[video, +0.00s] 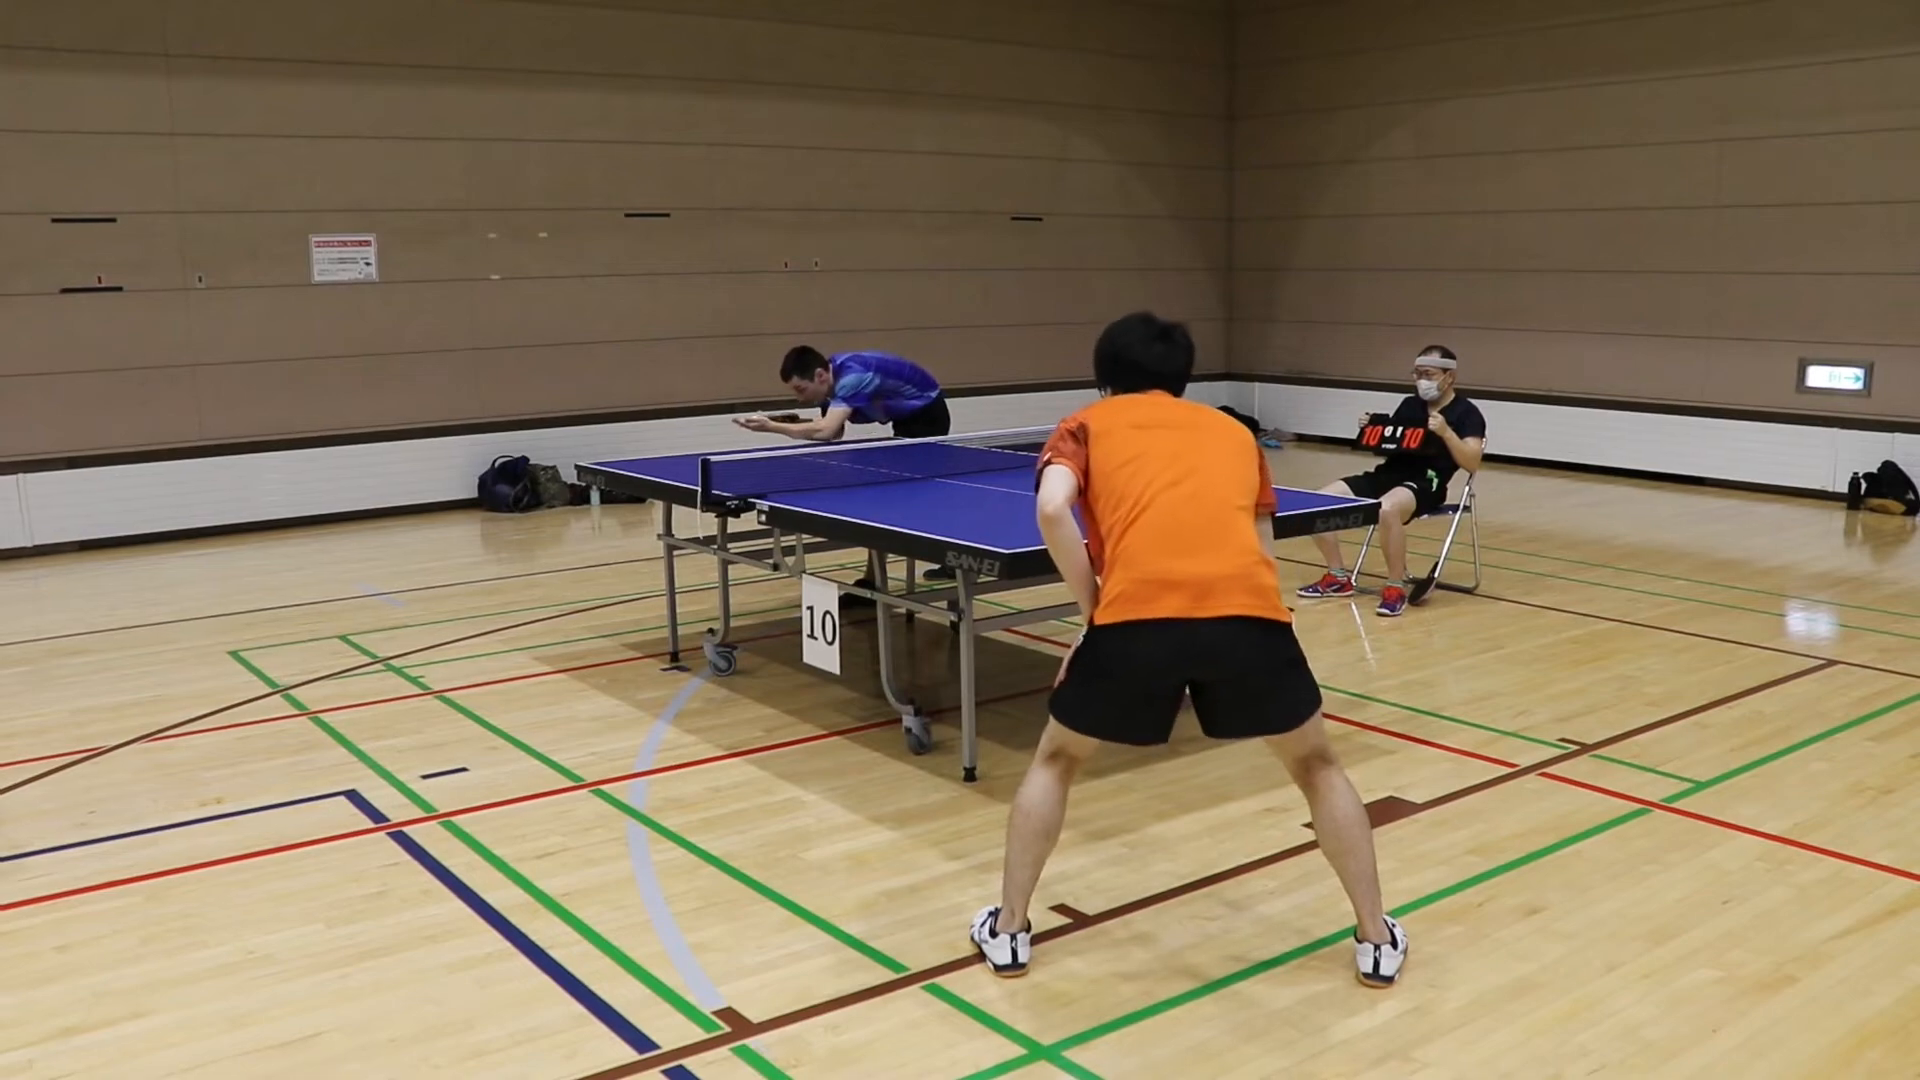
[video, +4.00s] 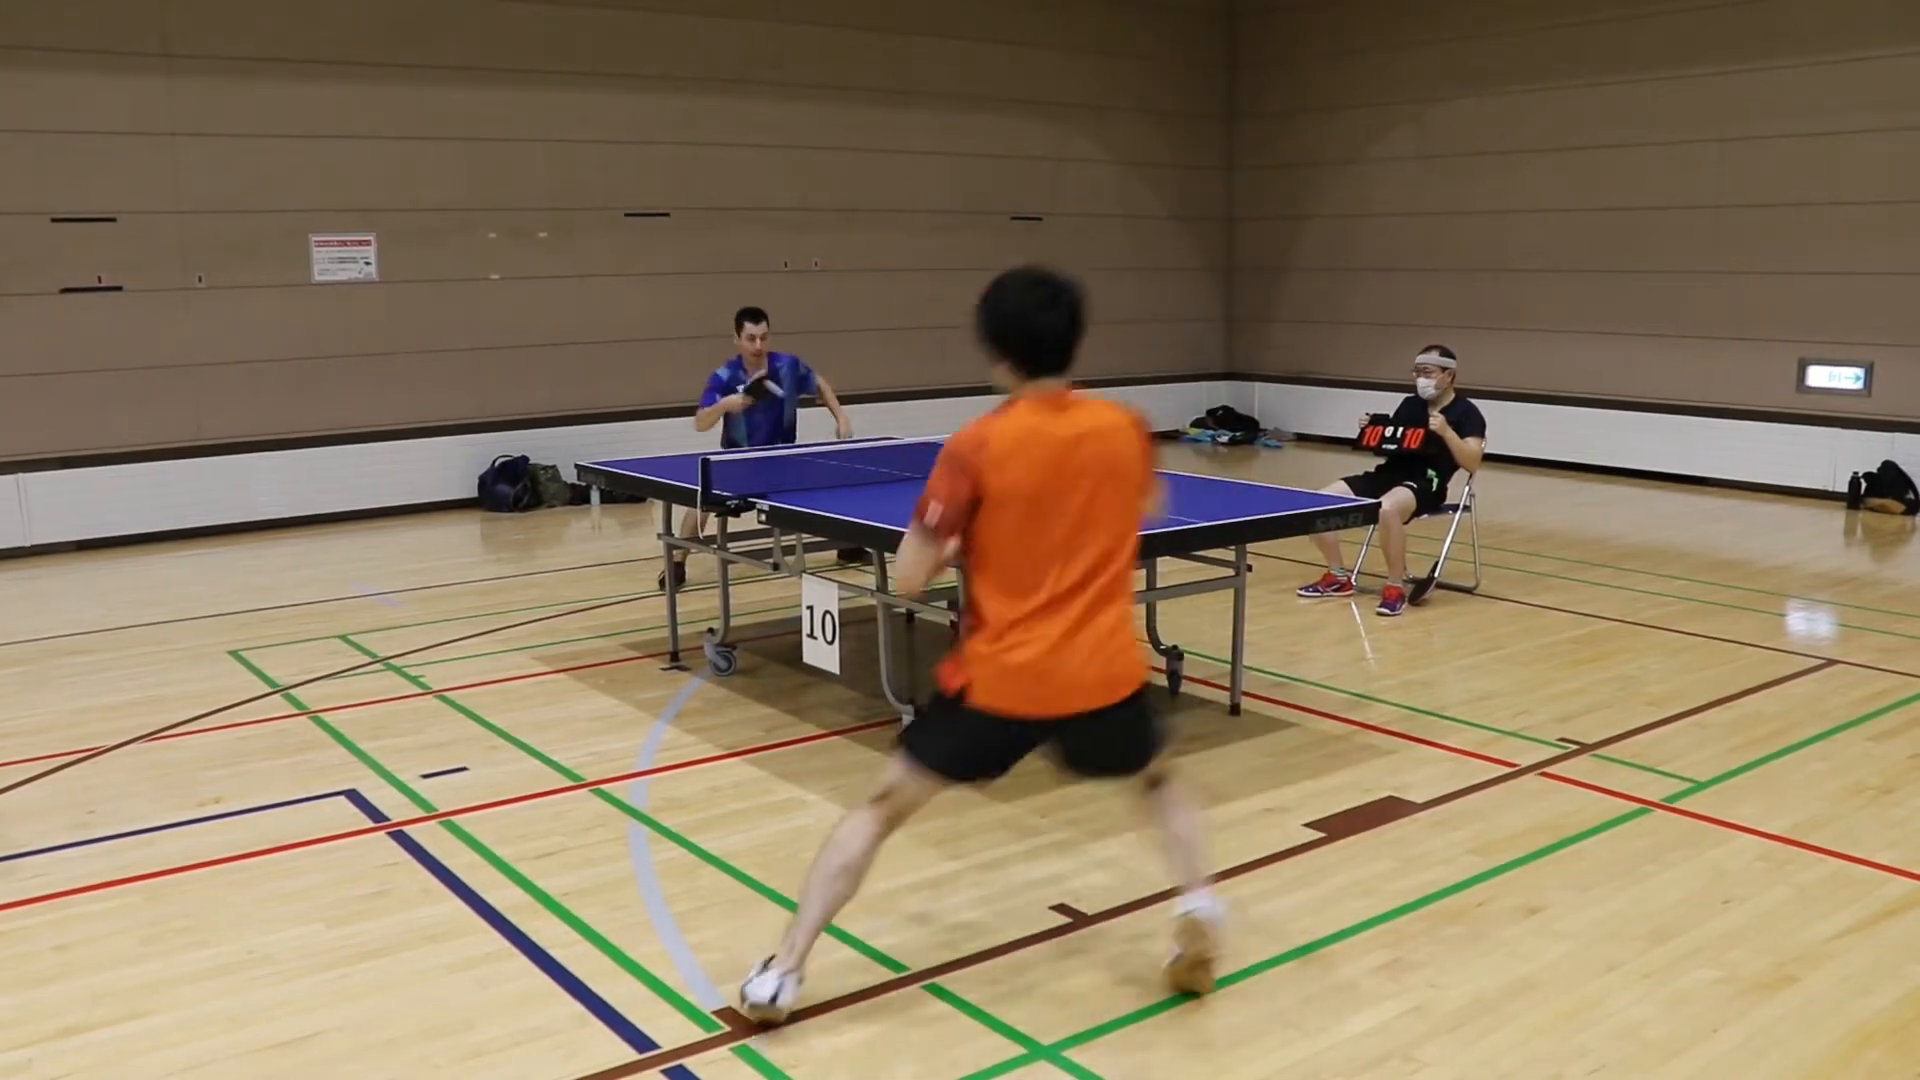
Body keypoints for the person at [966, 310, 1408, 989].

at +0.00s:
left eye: (1099, 374)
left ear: (1104, 376)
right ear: (1183, 378)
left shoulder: (1085, 424)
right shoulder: (1234, 430)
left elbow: (1052, 507)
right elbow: (1260, 546)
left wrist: (1094, 611)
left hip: (1134, 630)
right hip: (1249, 628)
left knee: (1056, 760)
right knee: (1317, 766)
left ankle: (1009, 929)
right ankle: (1378, 938)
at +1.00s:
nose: (1136, 324)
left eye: (1137, 312)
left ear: (1143, 314)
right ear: (1220, 316)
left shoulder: (1114, 372)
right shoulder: (1262, 390)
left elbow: (1066, 483)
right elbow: (1292, 537)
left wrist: (1088, 581)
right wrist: (1222, 567)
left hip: (1140, 601)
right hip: (1249, 607)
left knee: (1069, 758)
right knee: (1313, 761)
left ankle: (1011, 928)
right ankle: (1377, 937)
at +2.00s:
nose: (1120, 319)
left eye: (1123, 310)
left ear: (1131, 314)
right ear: (1198, 315)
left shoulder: (1119, 378)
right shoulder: (1246, 386)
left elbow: (1058, 491)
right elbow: (1296, 497)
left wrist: (1025, 499)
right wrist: (1229, 486)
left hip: (1163, 598)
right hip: (1256, 594)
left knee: (1072, 705)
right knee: (1285, 698)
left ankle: (1052, 873)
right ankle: (1325, 823)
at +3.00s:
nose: (1010, 346)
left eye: (1012, 337)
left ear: (1018, 344)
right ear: (1090, 342)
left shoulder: (993, 421)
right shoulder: (1134, 419)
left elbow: (922, 544)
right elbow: (1203, 517)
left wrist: (925, 542)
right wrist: (1158, 464)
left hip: (1025, 644)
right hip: (1126, 642)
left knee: (920, 743)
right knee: (1194, 749)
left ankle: (851, 901)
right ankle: (1281, 895)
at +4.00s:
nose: (985, 350)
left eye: (988, 339)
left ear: (995, 349)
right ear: (1075, 341)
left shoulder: (978, 446)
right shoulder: (1124, 427)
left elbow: (907, 578)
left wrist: (949, 538)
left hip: (1000, 686)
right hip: (1107, 681)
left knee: (883, 808)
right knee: (1159, 779)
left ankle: (782, 970)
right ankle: (1199, 903)